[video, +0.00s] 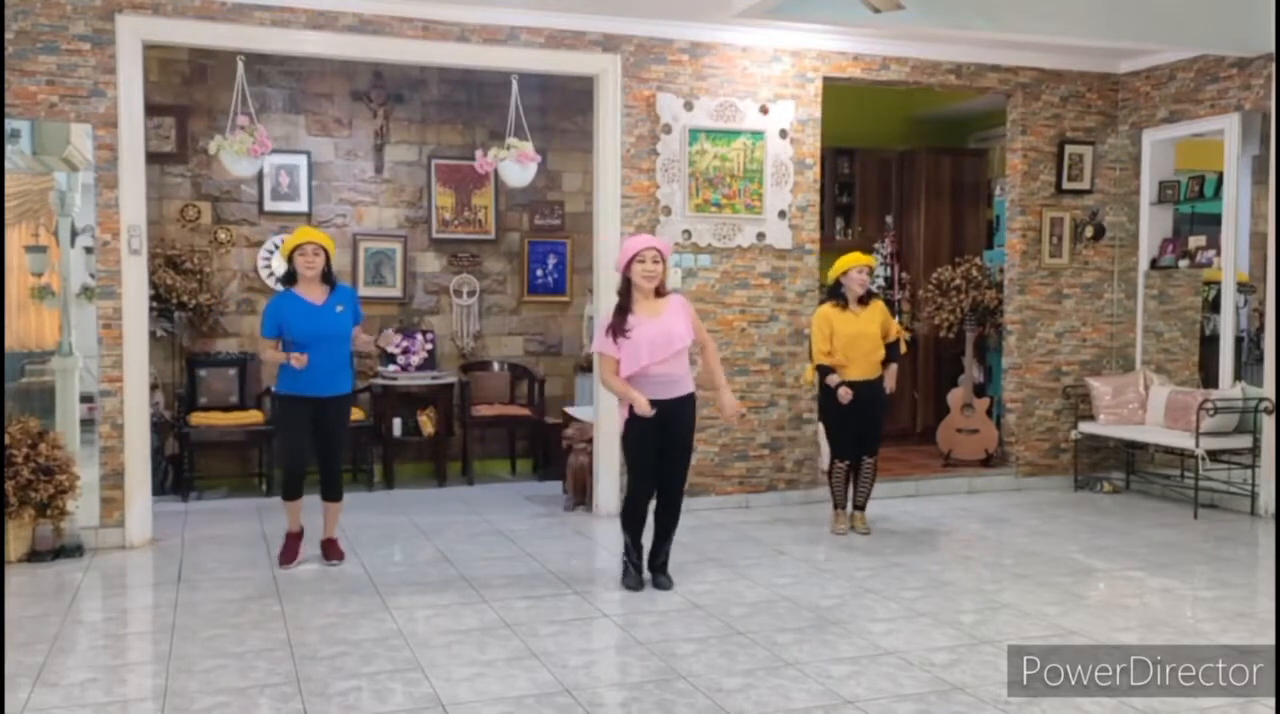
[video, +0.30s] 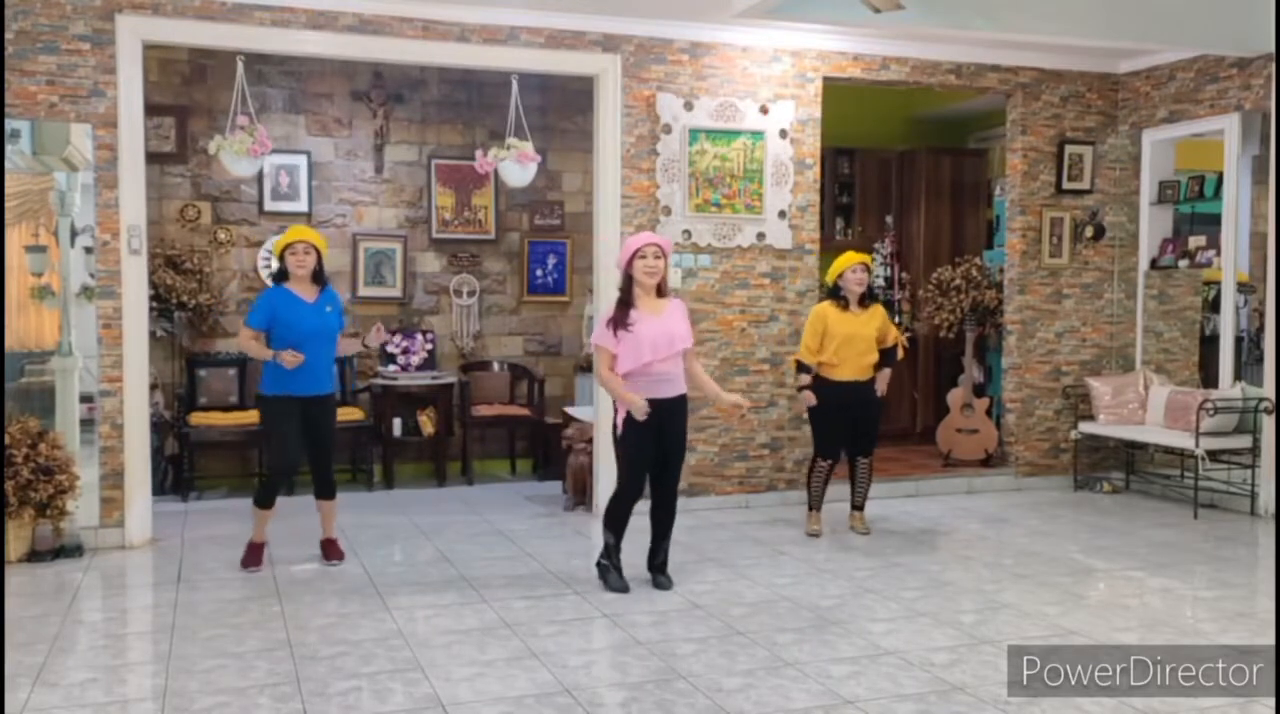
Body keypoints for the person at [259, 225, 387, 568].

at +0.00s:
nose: (309, 259)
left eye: (316, 253)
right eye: (302, 254)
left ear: (327, 260)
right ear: (292, 261)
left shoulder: (345, 295)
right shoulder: (279, 304)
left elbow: (354, 336)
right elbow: (265, 351)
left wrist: (378, 343)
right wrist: (288, 358)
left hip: (336, 396)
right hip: (293, 397)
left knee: (332, 466)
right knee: (293, 466)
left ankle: (330, 538)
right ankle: (293, 533)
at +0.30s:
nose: (300, 257)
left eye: (307, 252)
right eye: (293, 252)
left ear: (318, 259)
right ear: (283, 259)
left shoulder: (330, 298)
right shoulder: (271, 298)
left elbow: (335, 346)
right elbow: (245, 341)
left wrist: (366, 342)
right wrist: (275, 355)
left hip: (321, 396)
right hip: (280, 397)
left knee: (323, 468)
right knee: (279, 468)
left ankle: (329, 537)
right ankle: (258, 539)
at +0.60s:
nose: (282, 257)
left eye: (289, 252)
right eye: (275, 252)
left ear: (300, 260)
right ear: (264, 259)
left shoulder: (308, 304)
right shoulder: (247, 297)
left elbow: (308, 352)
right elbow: (209, 334)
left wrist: (326, 362)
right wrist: (220, 368)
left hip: (293, 399)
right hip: (250, 398)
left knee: (306, 465)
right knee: (253, 468)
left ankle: (319, 537)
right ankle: (255, 541)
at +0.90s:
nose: (269, 255)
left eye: (276, 249)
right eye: (262, 249)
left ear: (287, 258)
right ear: (251, 257)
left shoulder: (299, 302)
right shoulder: (233, 295)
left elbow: (302, 349)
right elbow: (208, 330)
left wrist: (315, 353)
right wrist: (188, 348)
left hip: (283, 398)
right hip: (240, 397)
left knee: (285, 467)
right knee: (247, 468)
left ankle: (279, 537)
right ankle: (254, 541)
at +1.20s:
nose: (265, 256)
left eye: (272, 251)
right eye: (258, 251)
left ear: (283, 259)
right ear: (247, 258)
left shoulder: (298, 302)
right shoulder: (230, 300)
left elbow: (306, 347)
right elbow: (214, 344)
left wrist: (317, 350)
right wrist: (189, 339)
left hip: (284, 397)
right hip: (239, 397)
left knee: (294, 465)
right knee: (246, 468)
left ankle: (285, 528)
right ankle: (255, 541)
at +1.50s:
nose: (276, 257)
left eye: (283, 251)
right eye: (270, 251)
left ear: (294, 259)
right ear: (259, 259)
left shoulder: (313, 298)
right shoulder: (247, 301)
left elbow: (328, 342)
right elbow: (234, 351)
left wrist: (319, 351)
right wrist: (204, 334)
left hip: (299, 397)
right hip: (254, 397)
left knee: (309, 466)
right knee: (253, 469)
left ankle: (333, 538)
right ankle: (255, 542)